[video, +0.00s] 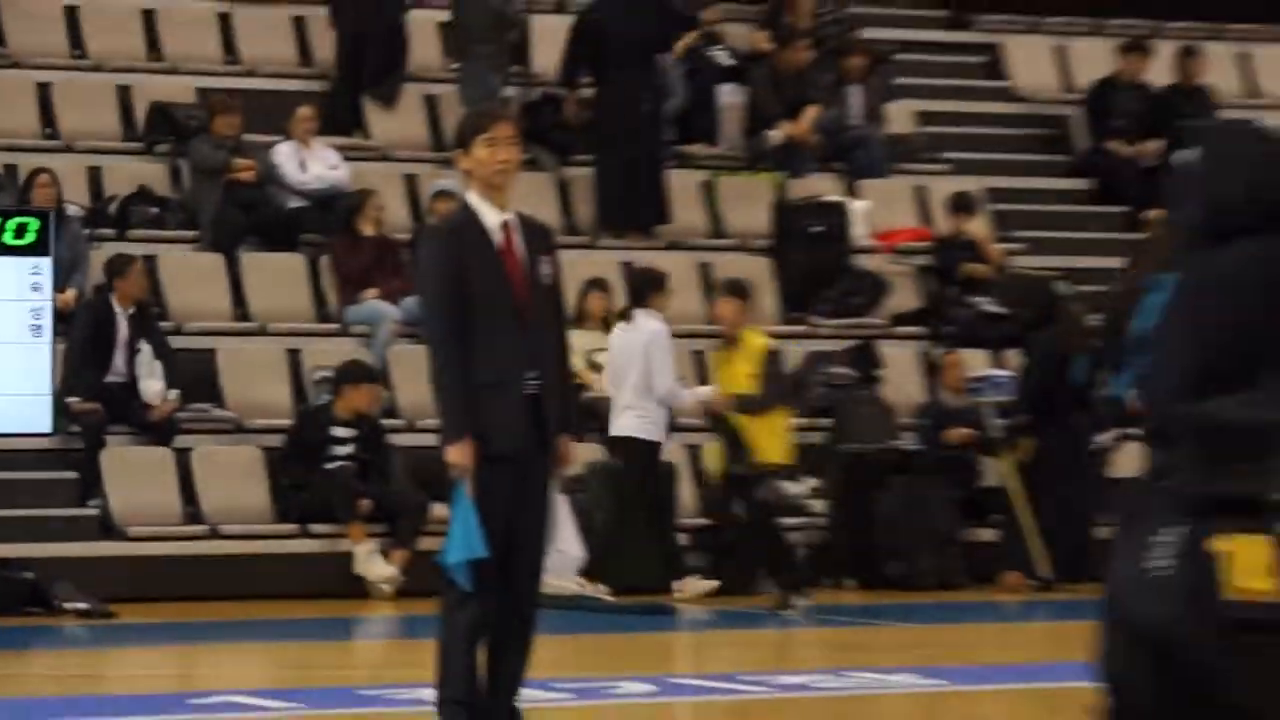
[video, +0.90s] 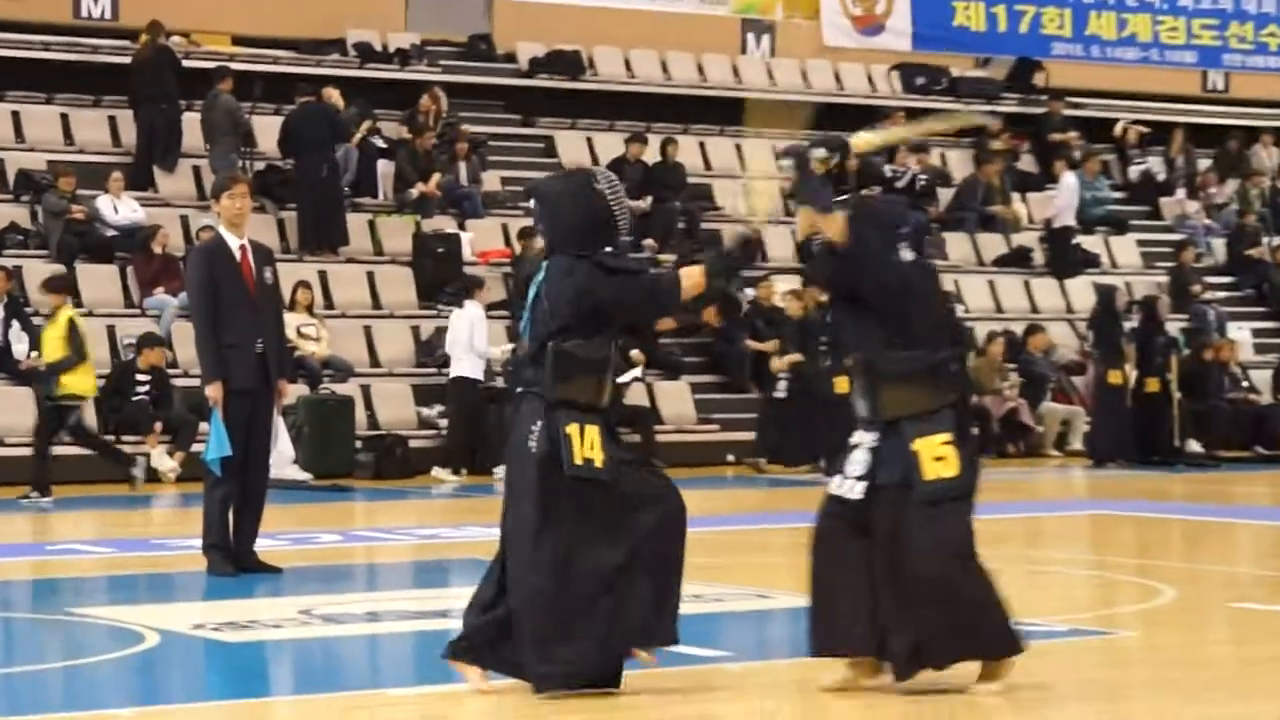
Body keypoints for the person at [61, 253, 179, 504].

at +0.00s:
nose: (144, 283)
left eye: (144, 276)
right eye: (138, 277)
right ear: (119, 282)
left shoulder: (142, 315)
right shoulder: (91, 311)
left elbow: (165, 355)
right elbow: (76, 355)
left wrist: (172, 395)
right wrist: (76, 397)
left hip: (131, 390)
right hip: (94, 391)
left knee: (163, 425)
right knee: (93, 424)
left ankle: (153, 493)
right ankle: (93, 491)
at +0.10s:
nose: (109, 286)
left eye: (111, 280)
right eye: (102, 280)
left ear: (114, 283)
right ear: (85, 283)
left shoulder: (113, 314)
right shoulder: (64, 310)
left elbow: (136, 352)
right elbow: (49, 351)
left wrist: (140, 392)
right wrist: (50, 392)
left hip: (99, 386)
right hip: (66, 386)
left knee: (131, 418)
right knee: (68, 415)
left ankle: (120, 478)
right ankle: (65, 478)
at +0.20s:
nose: (79, 284)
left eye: (82, 278)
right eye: (73, 277)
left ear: (87, 281)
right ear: (59, 280)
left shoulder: (87, 309)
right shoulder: (40, 306)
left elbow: (109, 345)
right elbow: (28, 344)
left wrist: (113, 382)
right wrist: (28, 381)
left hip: (73, 376)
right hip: (42, 377)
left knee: (104, 406)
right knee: (45, 403)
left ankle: (95, 465)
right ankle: (43, 464)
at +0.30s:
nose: (52, 287)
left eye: (58, 282)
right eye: (48, 281)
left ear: (64, 287)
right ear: (37, 283)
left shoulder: (65, 311)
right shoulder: (21, 308)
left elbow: (85, 344)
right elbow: (10, 344)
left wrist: (90, 379)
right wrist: (12, 379)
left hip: (52, 375)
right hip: (22, 375)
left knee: (83, 403)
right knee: (25, 401)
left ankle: (70, 458)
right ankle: (22, 458)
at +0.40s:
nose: (32, 285)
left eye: (37, 281)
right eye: (27, 280)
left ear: (44, 286)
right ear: (18, 282)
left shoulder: (45, 309)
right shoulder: (5, 306)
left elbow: (65, 341)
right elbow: (1, 342)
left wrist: (70, 374)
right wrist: (3, 373)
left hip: (31, 369)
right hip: (7, 369)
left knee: (62, 397)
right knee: (6, 395)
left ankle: (47, 449)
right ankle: (7, 449)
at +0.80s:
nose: (2, 284)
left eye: (6, 280)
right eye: (0, 279)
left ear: (14, 284)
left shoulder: (18, 303)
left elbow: (36, 330)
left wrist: (39, 357)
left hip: (7, 354)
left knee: (35, 376)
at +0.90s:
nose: (0, 284)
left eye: (2, 280)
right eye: (0, 280)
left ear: (9, 283)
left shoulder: (12, 302)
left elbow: (30, 328)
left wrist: (33, 353)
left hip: (5, 352)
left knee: (27, 375)